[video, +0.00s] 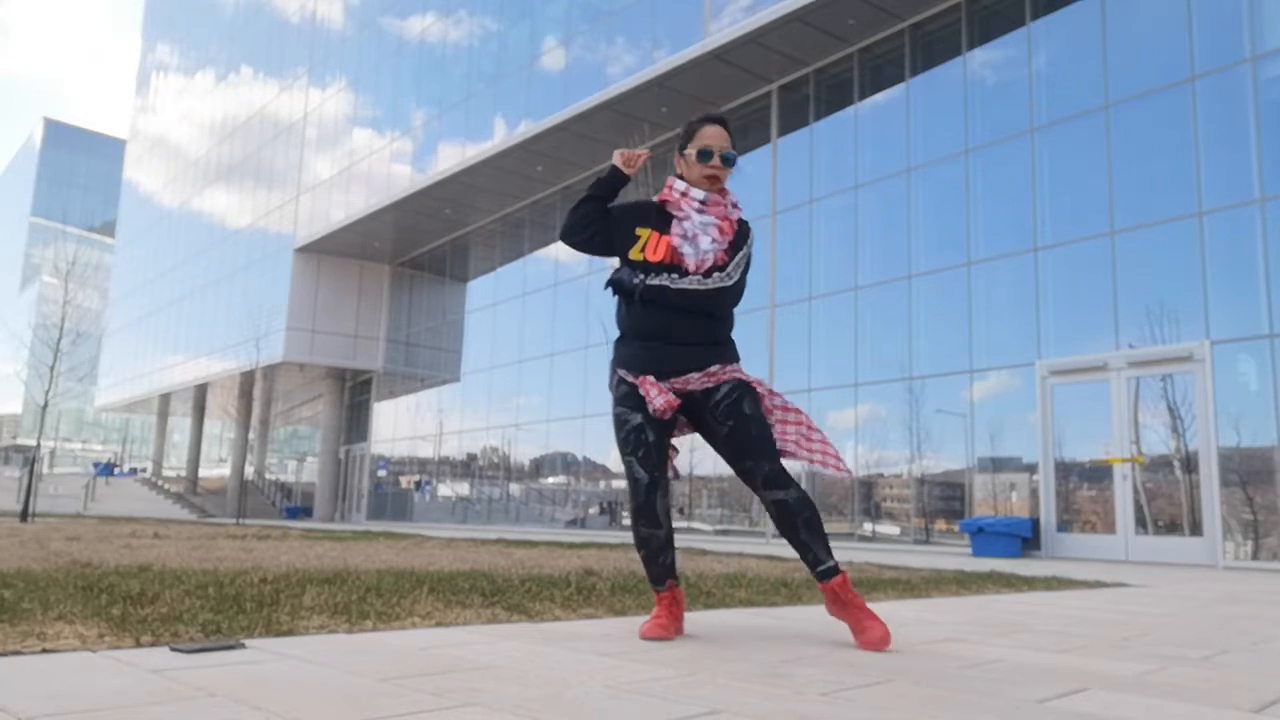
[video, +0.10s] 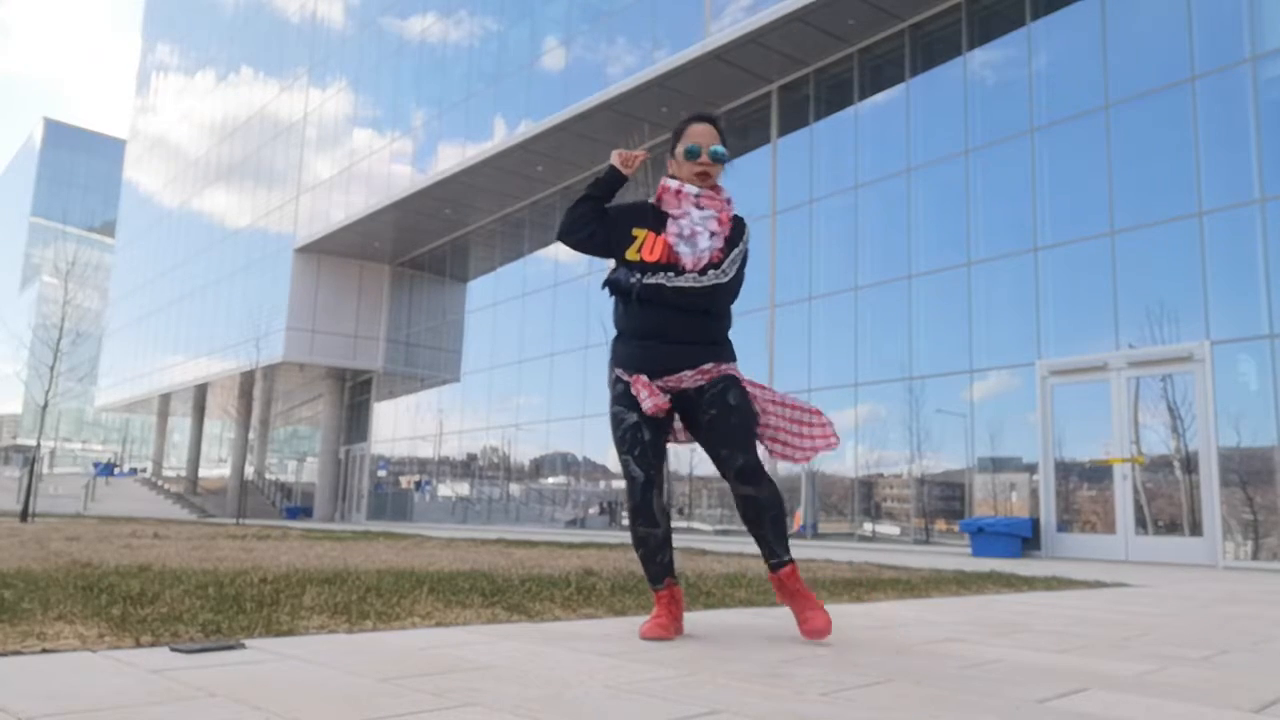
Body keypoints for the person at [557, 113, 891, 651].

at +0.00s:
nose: (716, 165)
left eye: (726, 158)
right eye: (705, 154)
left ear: (733, 167)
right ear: (680, 160)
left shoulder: (735, 228)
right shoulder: (640, 218)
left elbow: (724, 287)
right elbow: (575, 232)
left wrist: (632, 279)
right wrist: (614, 177)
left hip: (711, 367)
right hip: (640, 370)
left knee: (771, 476)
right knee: (645, 485)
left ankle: (839, 592)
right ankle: (667, 600)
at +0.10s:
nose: (705, 163)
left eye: (716, 155)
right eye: (693, 152)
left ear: (725, 165)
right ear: (671, 161)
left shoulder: (729, 225)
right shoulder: (637, 218)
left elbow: (721, 284)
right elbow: (574, 231)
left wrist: (632, 279)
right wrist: (611, 176)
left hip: (707, 367)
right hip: (637, 370)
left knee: (747, 472)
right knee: (643, 485)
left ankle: (787, 579)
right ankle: (665, 600)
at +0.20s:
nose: (697, 160)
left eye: (708, 153)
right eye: (684, 151)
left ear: (718, 162)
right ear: (664, 160)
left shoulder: (729, 220)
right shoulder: (637, 219)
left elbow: (721, 277)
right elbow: (573, 232)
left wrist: (637, 278)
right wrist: (611, 177)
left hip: (704, 367)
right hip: (636, 367)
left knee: (707, 469)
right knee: (641, 484)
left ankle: (725, 564)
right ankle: (664, 599)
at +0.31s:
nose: (689, 159)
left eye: (700, 151)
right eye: (676, 150)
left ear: (711, 160)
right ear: (657, 160)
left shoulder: (726, 215)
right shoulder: (636, 222)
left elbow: (726, 269)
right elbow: (572, 237)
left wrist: (641, 276)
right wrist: (607, 181)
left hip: (702, 369)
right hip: (634, 367)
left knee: (678, 469)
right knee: (638, 481)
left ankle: (693, 571)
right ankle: (662, 596)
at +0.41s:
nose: (684, 155)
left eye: (693, 147)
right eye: (671, 147)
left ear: (705, 157)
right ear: (652, 160)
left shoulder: (723, 212)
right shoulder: (633, 222)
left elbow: (726, 268)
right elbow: (571, 242)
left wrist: (638, 275)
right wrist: (603, 184)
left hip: (704, 364)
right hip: (638, 363)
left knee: (686, 472)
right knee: (643, 479)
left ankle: (699, 569)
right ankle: (663, 596)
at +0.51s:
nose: (681, 155)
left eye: (691, 147)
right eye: (668, 147)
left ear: (703, 157)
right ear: (650, 158)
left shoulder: (720, 210)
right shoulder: (629, 219)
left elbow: (720, 268)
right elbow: (566, 240)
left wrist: (634, 274)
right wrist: (596, 183)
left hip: (707, 355)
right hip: (639, 359)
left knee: (728, 468)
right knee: (646, 478)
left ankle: (732, 569)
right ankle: (665, 596)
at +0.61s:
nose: (683, 153)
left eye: (692, 144)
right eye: (669, 145)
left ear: (704, 155)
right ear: (650, 157)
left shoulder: (719, 213)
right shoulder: (626, 219)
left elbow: (719, 270)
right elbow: (562, 237)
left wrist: (631, 272)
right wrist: (593, 180)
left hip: (711, 358)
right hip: (642, 362)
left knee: (764, 458)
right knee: (648, 479)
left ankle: (791, 570)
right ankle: (665, 600)